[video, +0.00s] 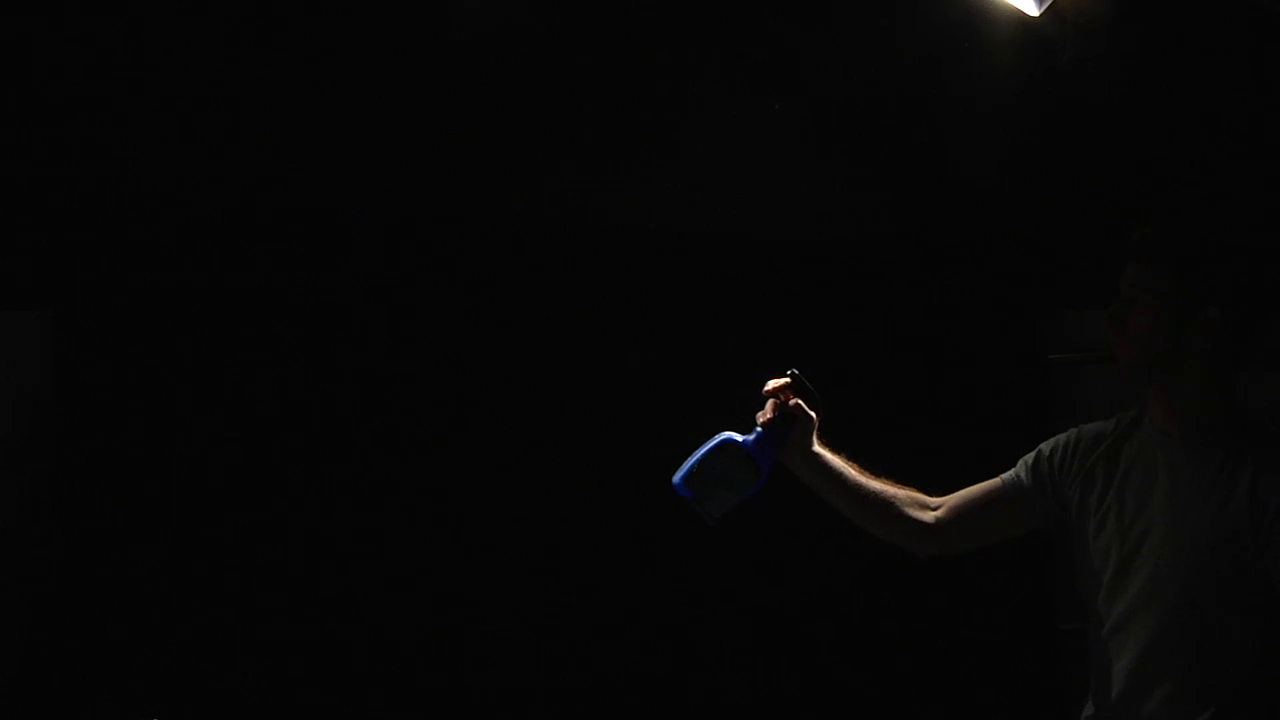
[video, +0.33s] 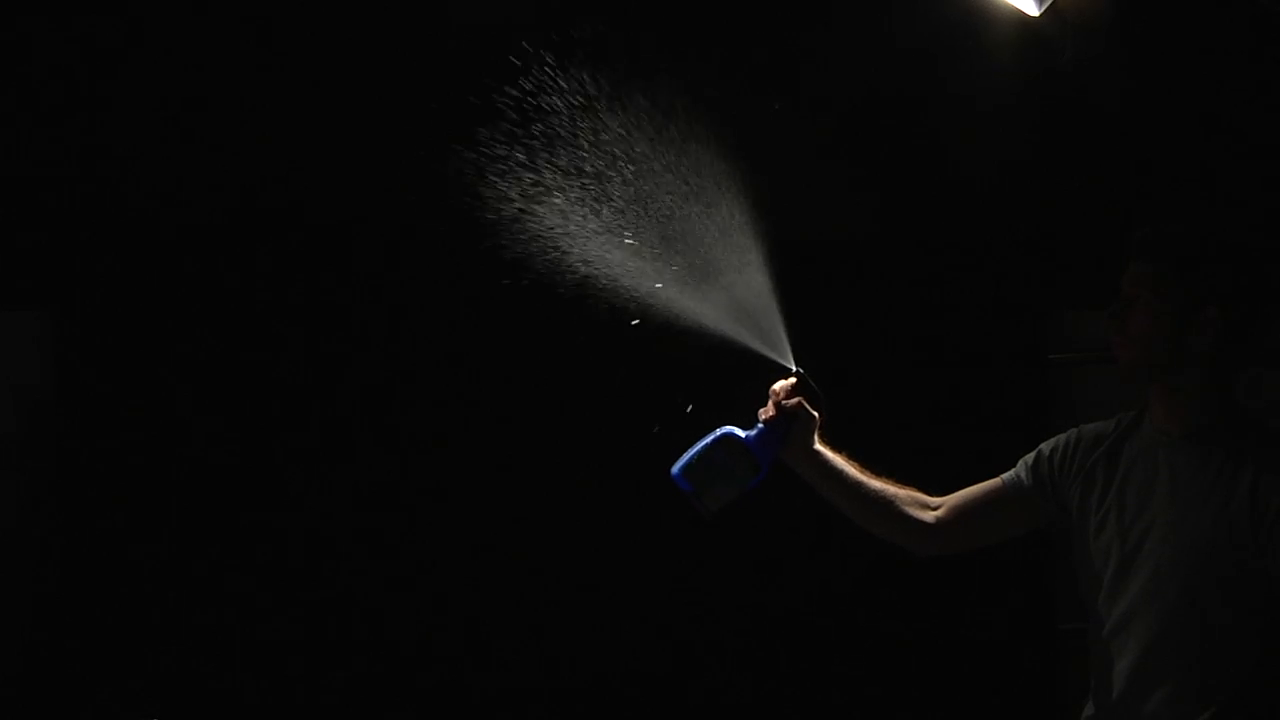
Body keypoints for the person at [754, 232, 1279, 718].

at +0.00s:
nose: (1121, 321)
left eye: (1143, 304)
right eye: (1125, 303)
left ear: (1201, 319)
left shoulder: (1256, 458)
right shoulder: (1087, 457)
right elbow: (931, 519)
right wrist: (807, 452)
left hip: (1235, 699)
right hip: (1119, 701)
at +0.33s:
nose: (1119, 322)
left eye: (1140, 306)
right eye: (1123, 304)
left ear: (1201, 322)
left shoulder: (1261, 460)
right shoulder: (1087, 458)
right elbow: (931, 520)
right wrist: (806, 449)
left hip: (1231, 700)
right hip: (1115, 702)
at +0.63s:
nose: (1119, 321)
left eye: (1141, 303)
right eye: (1123, 302)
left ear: (1202, 322)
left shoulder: (1260, 461)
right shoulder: (1088, 456)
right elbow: (931, 518)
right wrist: (807, 445)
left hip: (1231, 699)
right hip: (1114, 700)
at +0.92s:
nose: (1118, 317)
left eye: (1141, 302)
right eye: (1122, 300)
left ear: (1200, 321)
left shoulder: (1255, 460)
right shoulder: (1088, 456)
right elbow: (930, 518)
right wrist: (808, 447)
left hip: (1231, 699)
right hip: (1117, 701)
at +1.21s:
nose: (1119, 318)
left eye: (1142, 302)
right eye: (1124, 300)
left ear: (1201, 321)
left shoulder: (1260, 460)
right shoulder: (1086, 457)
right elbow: (931, 519)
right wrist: (809, 447)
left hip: (1228, 701)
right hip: (1114, 702)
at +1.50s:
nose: (1117, 318)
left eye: (1140, 301)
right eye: (1122, 299)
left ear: (1200, 318)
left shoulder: (1256, 458)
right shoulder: (1090, 455)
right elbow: (932, 520)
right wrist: (810, 449)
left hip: (1232, 700)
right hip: (1118, 701)